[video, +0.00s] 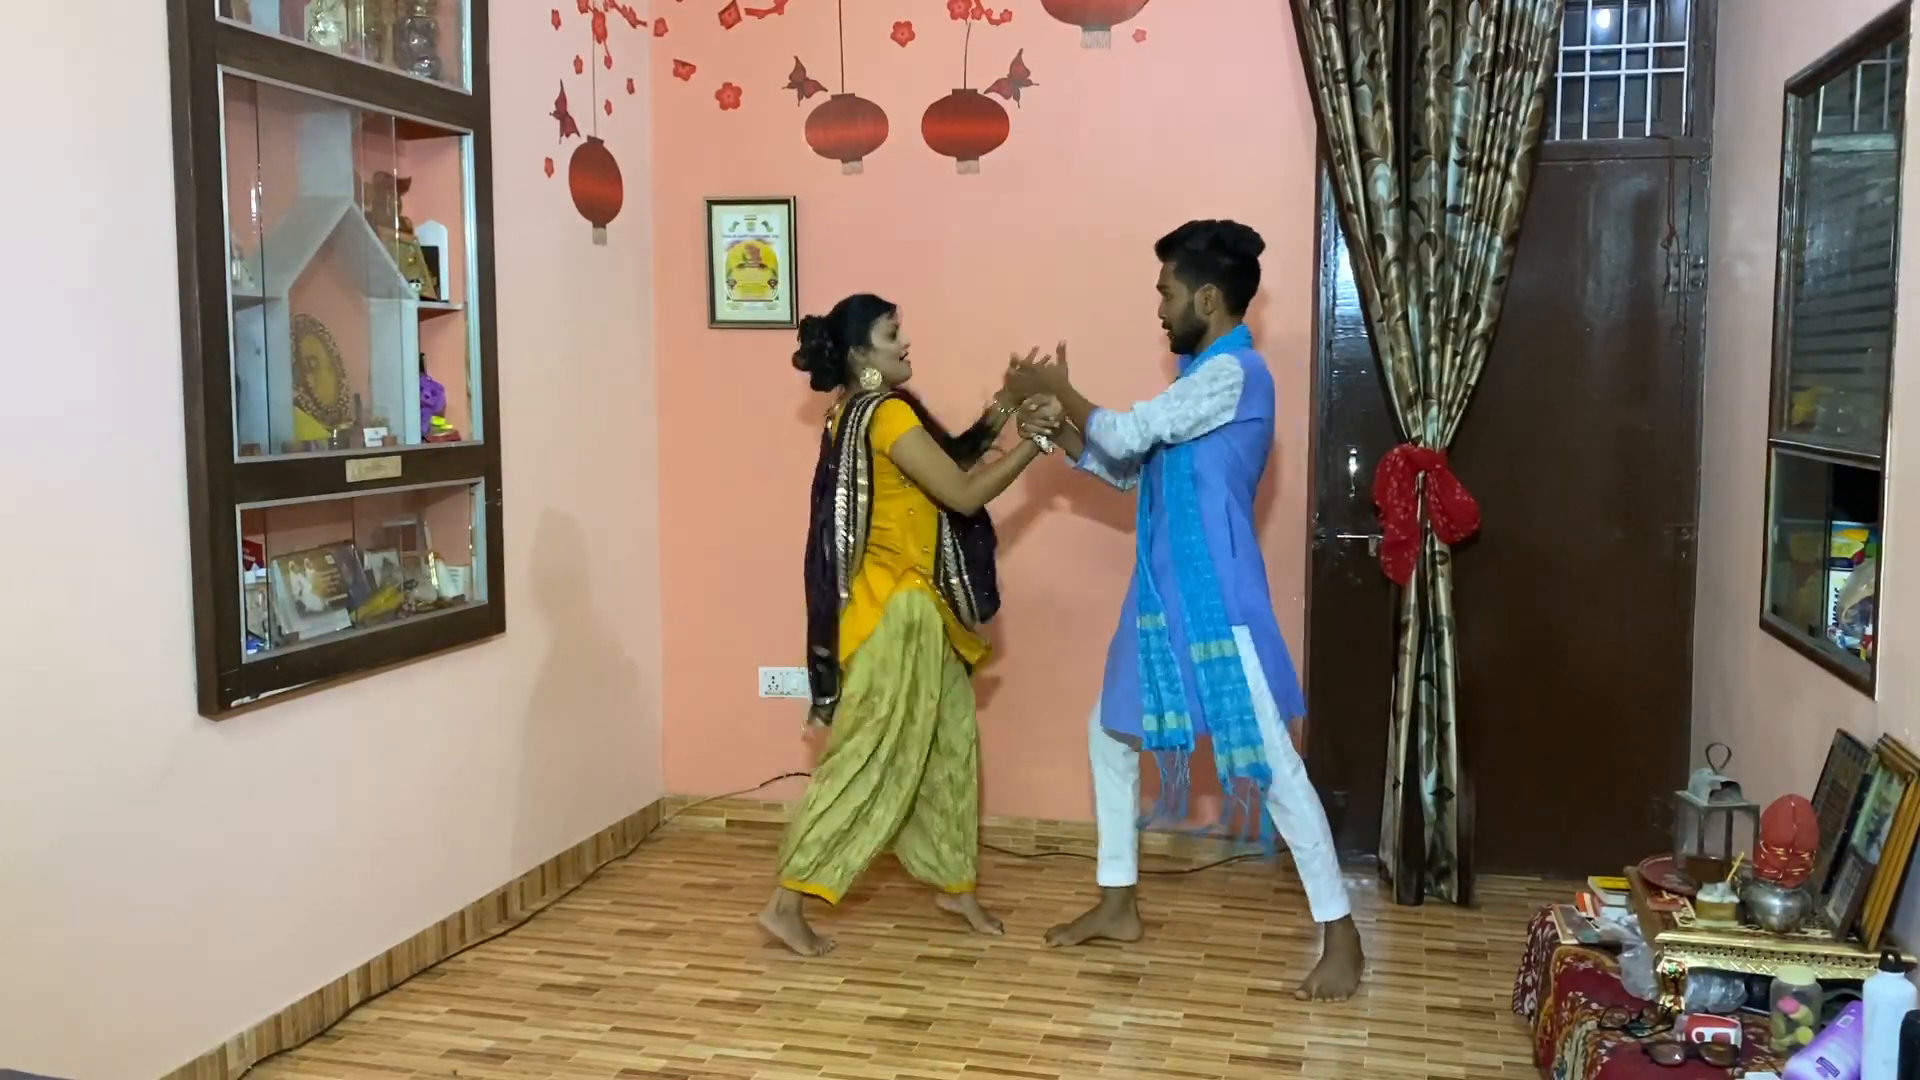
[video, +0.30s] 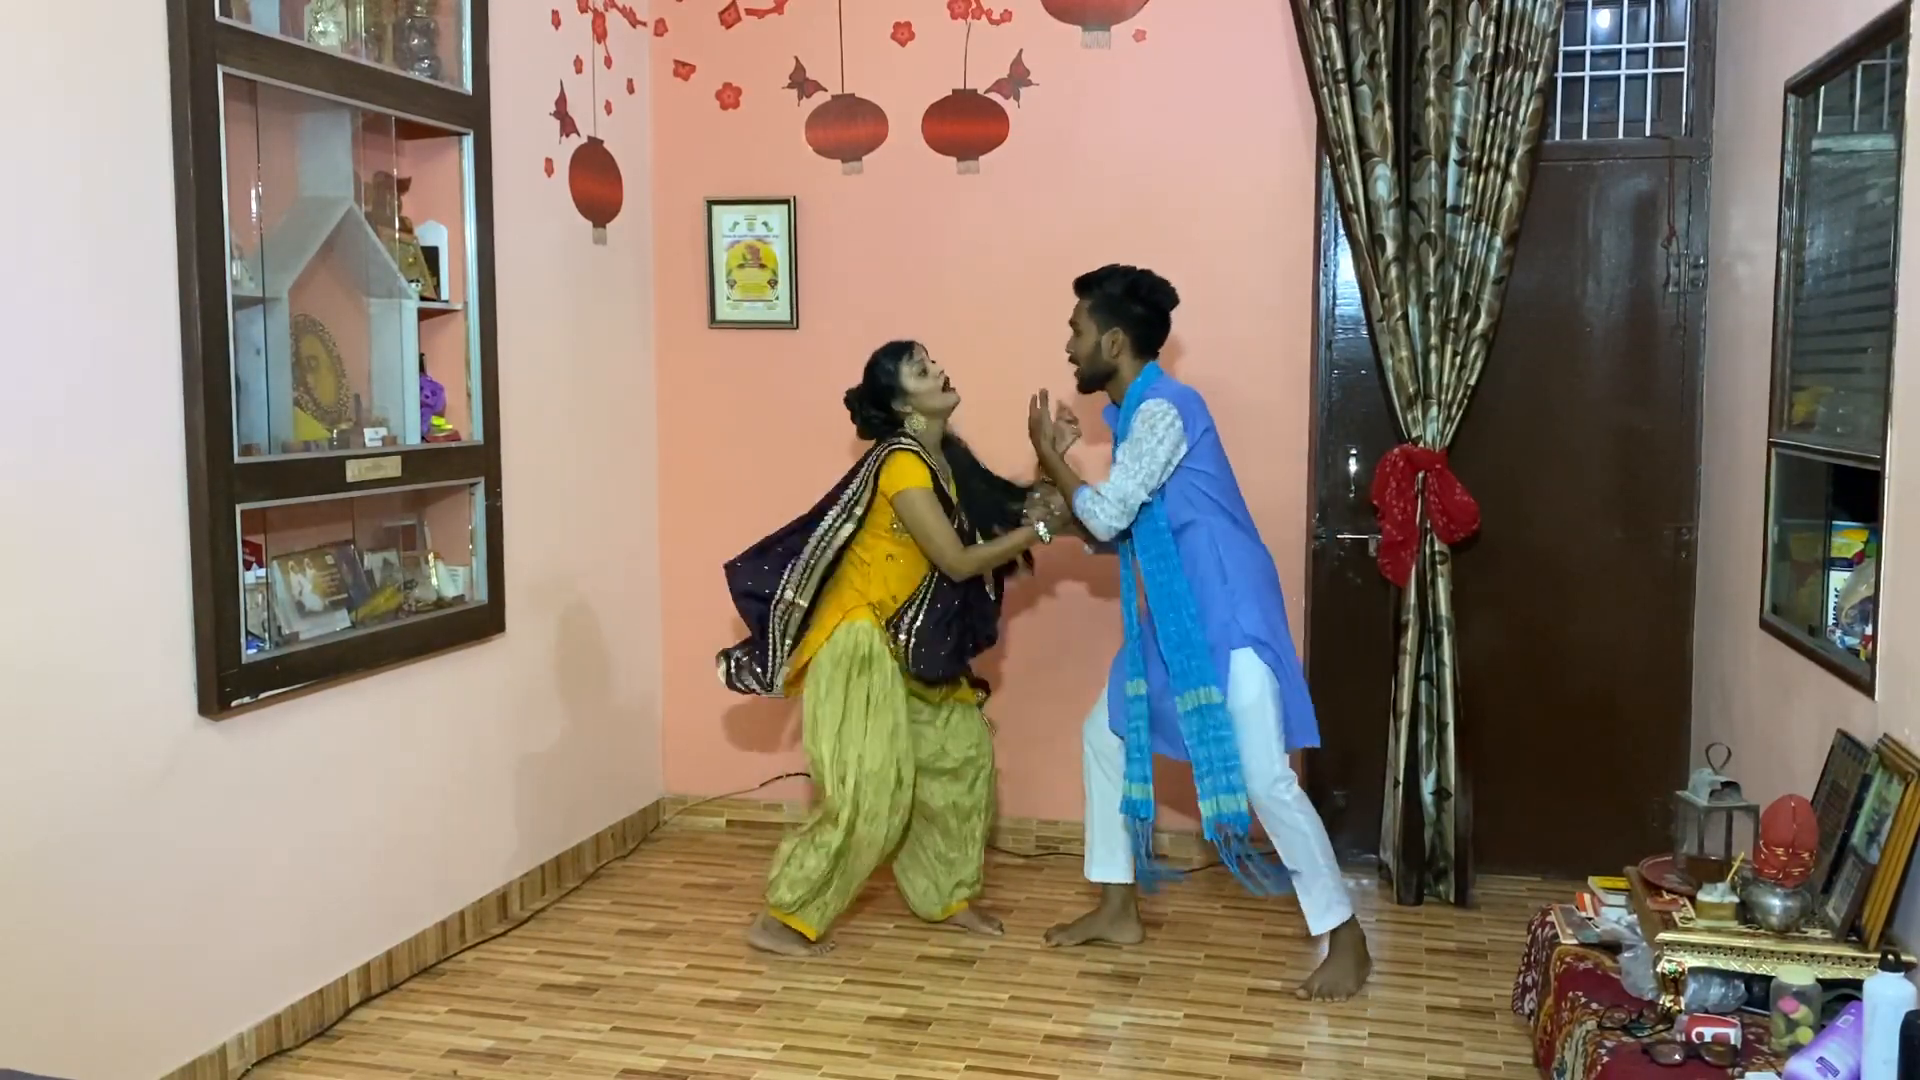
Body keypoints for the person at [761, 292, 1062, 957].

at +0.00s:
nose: (907, 346)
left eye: (902, 335)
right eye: (894, 339)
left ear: (861, 354)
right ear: (862, 354)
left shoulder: (864, 411)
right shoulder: (885, 413)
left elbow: (945, 467)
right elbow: (963, 494)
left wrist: (1003, 409)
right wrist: (1029, 442)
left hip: (908, 602)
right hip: (896, 605)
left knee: (953, 743)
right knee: (871, 750)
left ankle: (956, 884)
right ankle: (789, 900)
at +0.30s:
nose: (941, 371)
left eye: (934, 364)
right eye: (924, 370)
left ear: (929, 390)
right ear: (901, 400)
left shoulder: (943, 457)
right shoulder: (902, 465)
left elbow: (1000, 506)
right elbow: (959, 561)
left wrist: (1054, 478)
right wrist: (1032, 531)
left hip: (908, 640)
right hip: (856, 637)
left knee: (962, 751)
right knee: (871, 784)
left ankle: (945, 895)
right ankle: (783, 916)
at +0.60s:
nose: (851, 387)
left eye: (851, 375)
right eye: (837, 378)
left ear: (845, 377)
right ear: (798, 386)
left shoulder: (859, 427)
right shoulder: (798, 452)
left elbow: (938, 430)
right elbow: (904, 477)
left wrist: (1014, 414)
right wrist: (994, 455)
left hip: (920, 612)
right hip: (865, 615)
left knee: (966, 742)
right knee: (839, 754)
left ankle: (954, 886)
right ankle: (754, 884)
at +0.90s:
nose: (815, 375)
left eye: (814, 362)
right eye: (801, 366)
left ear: (812, 367)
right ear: (764, 383)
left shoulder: (832, 422)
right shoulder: (774, 445)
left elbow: (911, 433)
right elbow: (877, 461)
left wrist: (999, 432)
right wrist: (981, 457)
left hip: (888, 607)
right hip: (825, 613)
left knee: (934, 742)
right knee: (801, 754)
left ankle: (957, 887)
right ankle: (740, 891)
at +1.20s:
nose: (924, 384)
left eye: (916, 375)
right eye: (913, 378)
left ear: (881, 406)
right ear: (892, 402)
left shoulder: (884, 465)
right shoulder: (890, 476)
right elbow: (962, 547)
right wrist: (1026, 518)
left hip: (873, 638)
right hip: (835, 637)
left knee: (921, 757)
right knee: (835, 772)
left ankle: (897, 903)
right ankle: (743, 892)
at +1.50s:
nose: (891, 345)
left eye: (904, 341)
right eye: (898, 336)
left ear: (932, 362)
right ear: (946, 365)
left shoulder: (889, 408)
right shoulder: (967, 416)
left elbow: (788, 442)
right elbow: (928, 329)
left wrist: (715, 414)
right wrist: (914, 250)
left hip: (897, 633)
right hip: (967, 627)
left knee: (870, 769)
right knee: (970, 759)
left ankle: (913, 902)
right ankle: (977, 882)